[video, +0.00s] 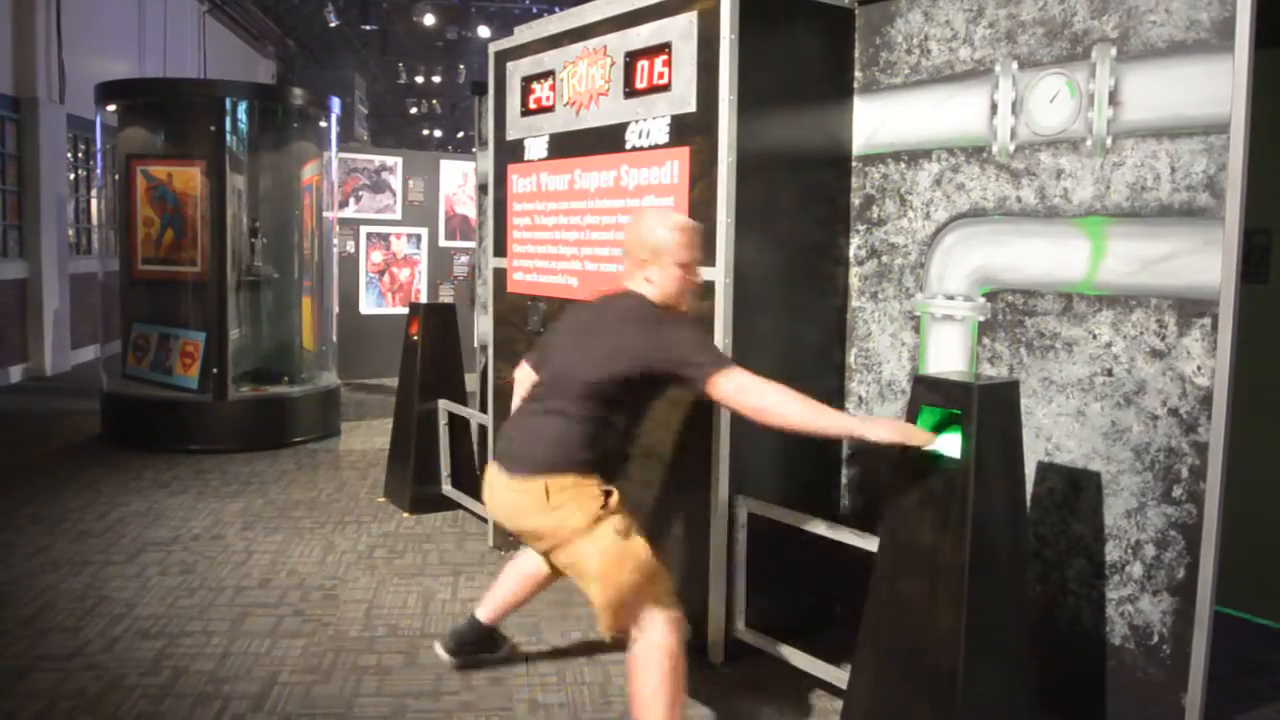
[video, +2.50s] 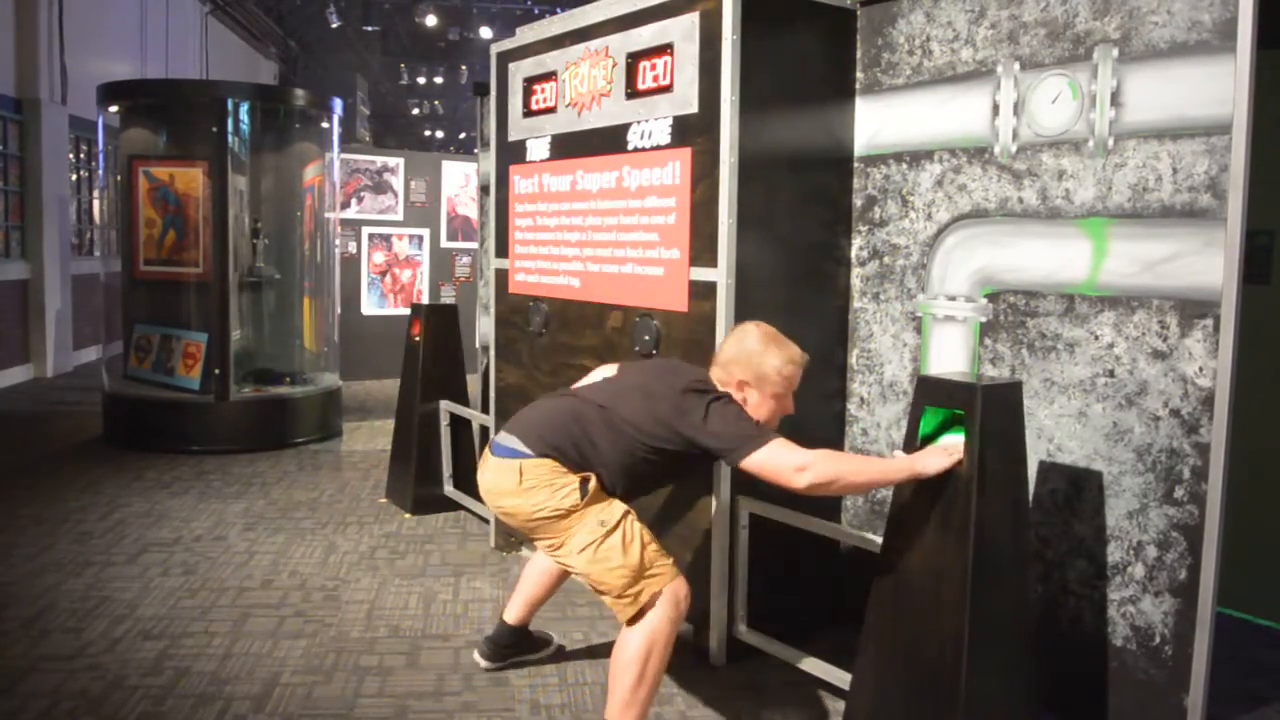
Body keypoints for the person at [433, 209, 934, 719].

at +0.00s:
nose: (699, 277)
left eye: (698, 264)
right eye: (689, 264)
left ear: (642, 266)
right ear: (647, 266)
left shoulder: (584, 312)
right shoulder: (669, 333)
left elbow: (523, 383)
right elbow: (760, 400)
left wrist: (531, 457)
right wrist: (868, 426)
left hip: (505, 479)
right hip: (561, 490)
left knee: (555, 543)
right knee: (658, 618)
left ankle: (473, 631)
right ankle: (661, 718)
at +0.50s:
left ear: (588, 223)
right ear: (637, 223)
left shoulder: (549, 273)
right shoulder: (644, 276)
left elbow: (487, 290)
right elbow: (687, 334)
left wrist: (453, 299)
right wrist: (771, 376)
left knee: (552, 514)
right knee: (640, 585)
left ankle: (538, 644)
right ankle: (661, 710)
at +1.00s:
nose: (466, 220)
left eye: (461, 215)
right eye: (462, 215)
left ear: (425, 231)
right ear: (460, 220)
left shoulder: (413, 272)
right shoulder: (481, 249)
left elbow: (380, 337)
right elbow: (504, 283)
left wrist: (414, 352)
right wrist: (541, 338)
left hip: (395, 389)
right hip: (445, 394)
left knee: (396, 444)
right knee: (518, 468)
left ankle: (351, 509)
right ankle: (495, 582)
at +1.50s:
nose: (436, 270)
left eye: (434, 265)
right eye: (433, 265)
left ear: (395, 268)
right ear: (421, 264)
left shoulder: (381, 293)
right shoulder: (421, 286)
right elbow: (433, 305)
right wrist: (461, 329)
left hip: (326, 383)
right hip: (366, 383)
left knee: (364, 432)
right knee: (457, 438)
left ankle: (328, 513)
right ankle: (420, 543)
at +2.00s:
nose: (534, 176)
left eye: (533, 167)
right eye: (526, 168)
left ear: (487, 176)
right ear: (494, 174)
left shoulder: (460, 226)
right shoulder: (508, 210)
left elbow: (413, 275)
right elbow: (545, 242)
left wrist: (378, 320)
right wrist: (607, 261)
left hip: (432, 363)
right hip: (465, 374)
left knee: (510, 439)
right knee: (479, 480)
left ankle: (463, 547)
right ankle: (383, 540)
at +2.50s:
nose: (788, 408)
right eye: (782, 395)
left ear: (729, 374)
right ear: (739, 387)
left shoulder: (661, 371)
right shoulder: (709, 409)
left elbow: (588, 383)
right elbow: (803, 471)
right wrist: (914, 465)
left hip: (503, 460)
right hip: (538, 477)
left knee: (577, 529)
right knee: (663, 596)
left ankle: (506, 634)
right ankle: (620, 716)